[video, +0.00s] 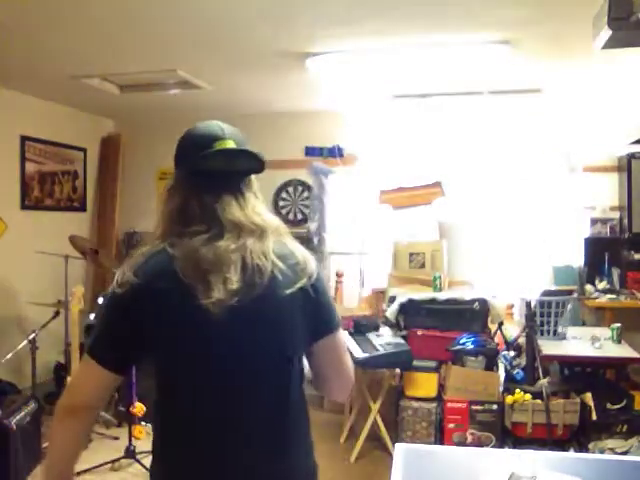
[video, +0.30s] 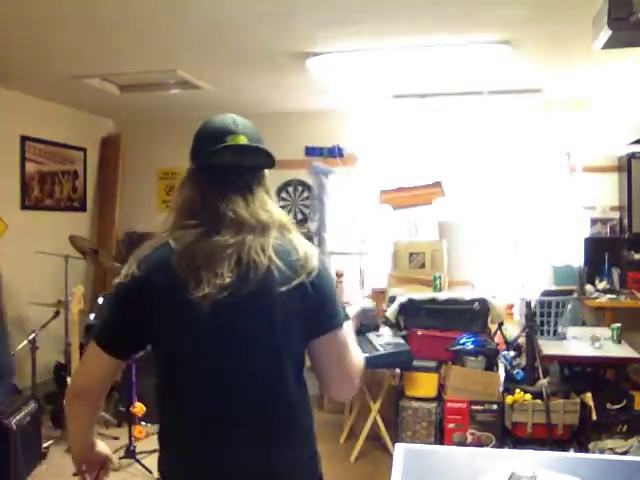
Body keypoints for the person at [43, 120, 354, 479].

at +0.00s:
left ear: (179, 190)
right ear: (248, 189)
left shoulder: (150, 275)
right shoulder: (295, 265)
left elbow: (78, 405)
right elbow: (339, 387)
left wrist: (55, 471)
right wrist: (295, 350)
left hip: (184, 470)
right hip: (283, 470)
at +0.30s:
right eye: (261, 174)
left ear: (193, 181)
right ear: (262, 181)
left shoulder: (155, 266)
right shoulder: (300, 262)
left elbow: (84, 389)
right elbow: (343, 384)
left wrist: (82, 448)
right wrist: (332, 318)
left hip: (190, 467)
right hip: (286, 467)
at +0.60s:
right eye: (303, 178)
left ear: (230, 185)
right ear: (304, 186)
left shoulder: (186, 268)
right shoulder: (336, 273)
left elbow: (105, 385)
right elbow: (379, 405)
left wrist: (96, 458)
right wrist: (388, 339)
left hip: (203, 471)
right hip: (304, 472)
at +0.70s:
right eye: (315, 177)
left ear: (239, 179)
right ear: (315, 182)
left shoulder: (193, 266)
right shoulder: (346, 274)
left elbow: (103, 388)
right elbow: (390, 410)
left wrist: (96, 464)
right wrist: (402, 342)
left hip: (205, 470)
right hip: (310, 472)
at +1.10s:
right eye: (300, 166)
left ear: (209, 173)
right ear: (295, 178)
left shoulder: (165, 274)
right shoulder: (335, 286)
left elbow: (46, 400)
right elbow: (383, 430)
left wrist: (63, 447)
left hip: (182, 471)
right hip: (298, 472)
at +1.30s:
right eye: (248, 166)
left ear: (158, 175)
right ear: (252, 177)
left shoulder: (103, 288)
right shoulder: (295, 294)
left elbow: (5, 419)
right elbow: (349, 459)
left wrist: (38, 461)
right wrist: (377, 376)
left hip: (126, 469)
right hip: (257, 470)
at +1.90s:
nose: (269, 183)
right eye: (264, 170)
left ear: (167, 171)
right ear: (259, 175)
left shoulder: (99, 280)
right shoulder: (290, 294)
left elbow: (8, 405)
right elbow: (349, 464)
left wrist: (61, 416)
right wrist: (395, 369)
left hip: (120, 472)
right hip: (249, 471)